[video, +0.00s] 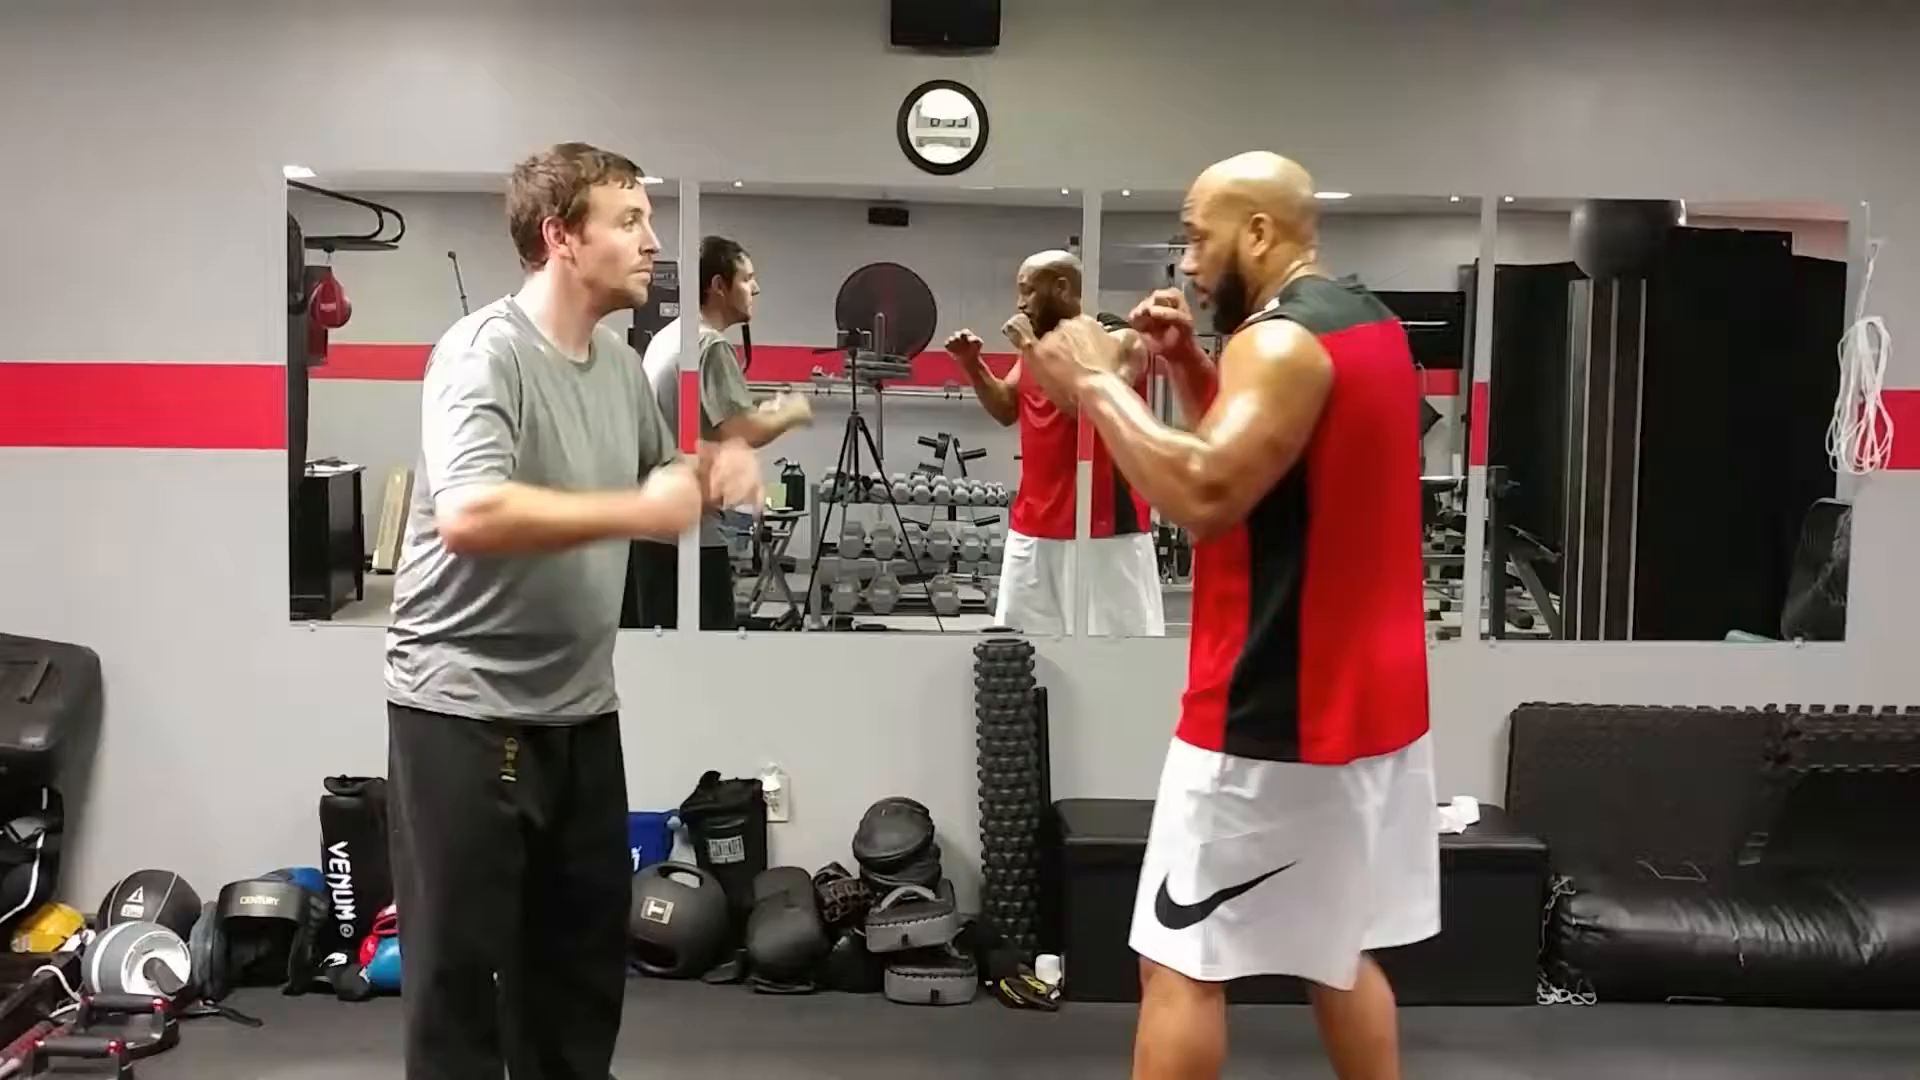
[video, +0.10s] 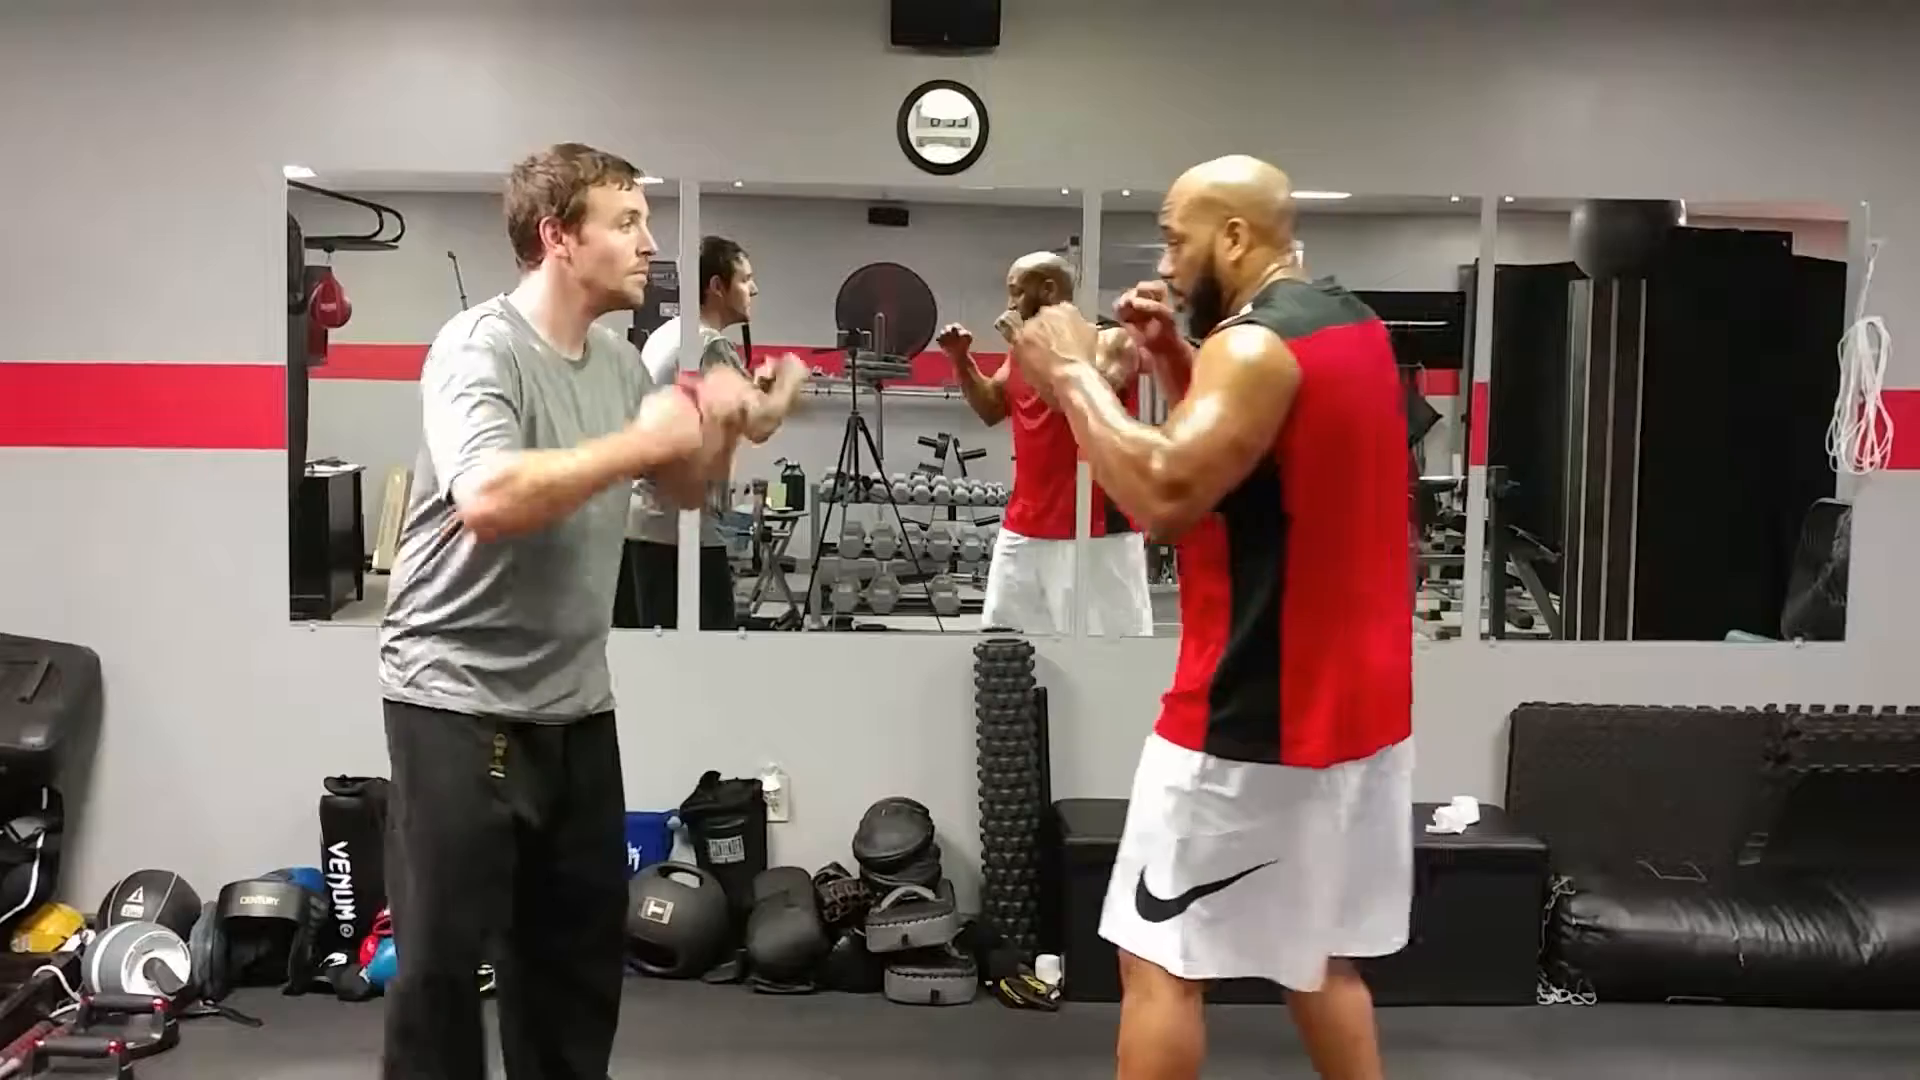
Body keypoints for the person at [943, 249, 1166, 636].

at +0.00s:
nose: (1020, 304)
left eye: (1027, 291)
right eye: (1019, 292)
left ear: (1063, 288)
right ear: (1059, 290)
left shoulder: (1124, 342)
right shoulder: (1034, 351)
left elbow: (1081, 403)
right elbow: (1007, 410)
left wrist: (1031, 349)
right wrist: (974, 367)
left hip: (1108, 536)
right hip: (1035, 533)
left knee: (1116, 664)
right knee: (1022, 657)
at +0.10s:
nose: (1009, 305)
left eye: (1016, 292)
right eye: (1008, 293)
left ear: (1050, 290)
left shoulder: (1111, 341)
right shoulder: (1022, 354)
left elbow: (1095, 396)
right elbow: (991, 409)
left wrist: (1028, 345)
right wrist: (962, 361)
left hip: (1099, 536)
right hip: (1026, 533)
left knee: (1109, 663)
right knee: (1006, 654)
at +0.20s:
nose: (1004, 313)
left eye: (1013, 301)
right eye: (1001, 302)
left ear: (1044, 300)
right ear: (1002, 306)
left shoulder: (1102, 342)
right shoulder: (1011, 352)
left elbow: (1045, 390)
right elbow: (976, 409)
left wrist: (1009, 332)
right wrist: (956, 350)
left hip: (1079, 542)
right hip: (1014, 536)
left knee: (1082, 667)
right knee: (990, 653)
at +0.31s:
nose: (997, 309)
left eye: (1006, 299)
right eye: (995, 299)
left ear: (1037, 300)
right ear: (997, 304)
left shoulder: (1086, 342)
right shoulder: (1009, 350)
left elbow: (1032, 383)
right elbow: (971, 406)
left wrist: (1002, 325)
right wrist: (953, 346)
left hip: (1076, 538)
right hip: (1012, 535)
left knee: (1074, 661)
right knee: (991, 651)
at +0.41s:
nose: (994, 303)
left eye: (1001, 293)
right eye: (994, 294)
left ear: (1034, 296)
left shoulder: (1078, 347)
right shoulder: (1014, 354)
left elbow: (1030, 385)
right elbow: (976, 407)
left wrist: (997, 330)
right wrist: (959, 351)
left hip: (1073, 534)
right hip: (1011, 532)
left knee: (1077, 660)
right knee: (994, 649)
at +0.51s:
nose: (996, 299)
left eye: (1002, 290)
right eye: (996, 290)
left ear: (1030, 293)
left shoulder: (1078, 347)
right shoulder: (1016, 350)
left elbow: (1026, 388)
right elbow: (986, 409)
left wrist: (994, 333)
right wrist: (963, 357)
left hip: (1076, 535)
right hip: (1014, 532)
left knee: (1078, 663)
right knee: (995, 650)